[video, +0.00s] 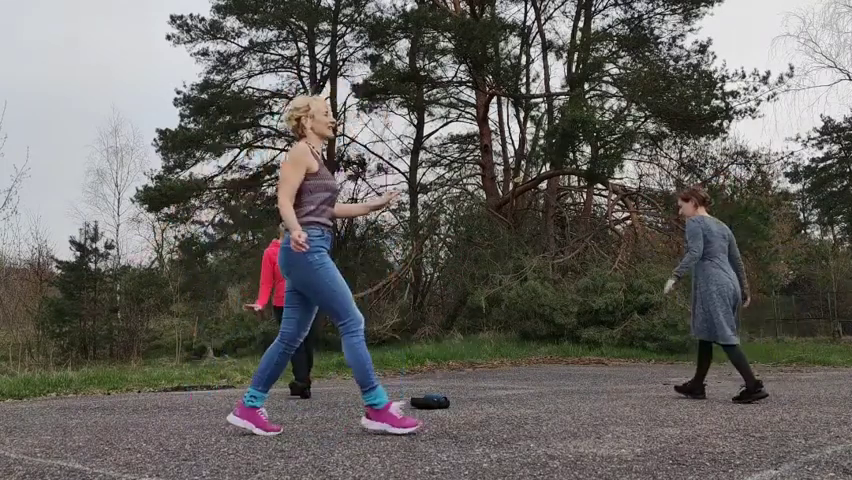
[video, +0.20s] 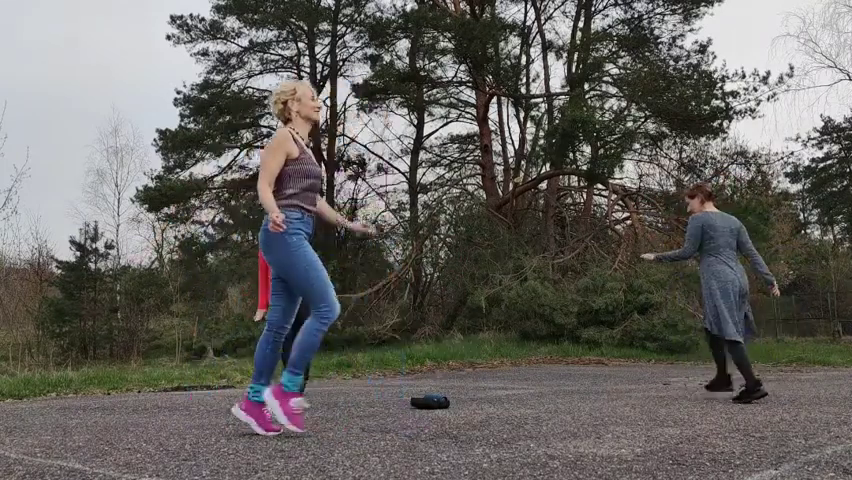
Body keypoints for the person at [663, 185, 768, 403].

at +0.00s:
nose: (680, 211)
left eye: (681, 206)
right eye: (679, 207)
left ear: (694, 202)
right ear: (699, 204)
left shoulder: (695, 223)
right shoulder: (723, 226)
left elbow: (695, 252)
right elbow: (736, 260)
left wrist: (675, 276)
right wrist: (744, 288)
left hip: (712, 285)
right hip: (731, 284)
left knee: (724, 336)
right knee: (706, 335)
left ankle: (753, 385)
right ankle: (697, 383)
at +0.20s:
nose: (688, 208)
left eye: (689, 202)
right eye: (687, 204)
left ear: (701, 198)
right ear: (705, 199)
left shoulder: (698, 219)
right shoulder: (734, 221)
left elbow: (688, 251)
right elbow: (752, 253)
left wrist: (657, 257)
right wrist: (770, 280)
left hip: (717, 280)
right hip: (738, 279)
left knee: (730, 333)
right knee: (712, 328)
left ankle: (752, 384)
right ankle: (722, 377)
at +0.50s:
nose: (692, 211)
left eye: (693, 206)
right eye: (691, 206)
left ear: (705, 201)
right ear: (708, 202)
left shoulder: (702, 223)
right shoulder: (737, 224)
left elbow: (696, 257)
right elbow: (748, 259)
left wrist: (678, 277)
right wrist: (760, 288)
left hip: (718, 284)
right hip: (741, 283)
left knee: (701, 334)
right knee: (739, 332)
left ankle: (730, 366)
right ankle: (753, 384)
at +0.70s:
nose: (685, 208)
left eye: (688, 204)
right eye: (685, 204)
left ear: (700, 202)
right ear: (704, 202)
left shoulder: (696, 223)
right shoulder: (727, 224)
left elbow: (700, 254)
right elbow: (733, 260)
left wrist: (701, 283)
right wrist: (730, 280)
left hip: (711, 284)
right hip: (732, 283)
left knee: (682, 324)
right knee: (734, 332)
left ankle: (698, 373)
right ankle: (752, 384)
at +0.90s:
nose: (673, 211)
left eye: (675, 207)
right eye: (673, 207)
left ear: (687, 206)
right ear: (691, 207)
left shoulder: (683, 228)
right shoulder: (710, 231)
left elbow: (690, 255)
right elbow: (713, 265)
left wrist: (695, 281)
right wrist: (709, 283)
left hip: (688, 288)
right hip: (709, 286)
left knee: (679, 335)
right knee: (717, 334)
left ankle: (680, 383)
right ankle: (747, 379)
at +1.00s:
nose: (665, 209)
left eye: (667, 205)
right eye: (665, 205)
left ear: (678, 205)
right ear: (682, 206)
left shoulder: (675, 227)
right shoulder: (700, 230)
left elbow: (682, 255)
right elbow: (704, 264)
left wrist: (687, 280)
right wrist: (699, 282)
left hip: (678, 288)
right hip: (698, 286)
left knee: (676, 335)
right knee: (696, 337)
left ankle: (680, 383)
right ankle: (732, 370)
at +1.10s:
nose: (658, 208)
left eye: (661, 204)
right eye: (658, 204)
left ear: (672, 205)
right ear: (678, 206)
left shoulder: (668, 226)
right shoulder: (693, 229)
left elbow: (674, 255)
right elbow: (698, 261)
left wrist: (678, 281)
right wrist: (694, 282)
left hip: (675, 284)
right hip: (692, 285)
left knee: (674, 334)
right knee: (685, 334)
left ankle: (679, 383)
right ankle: (708, 367)